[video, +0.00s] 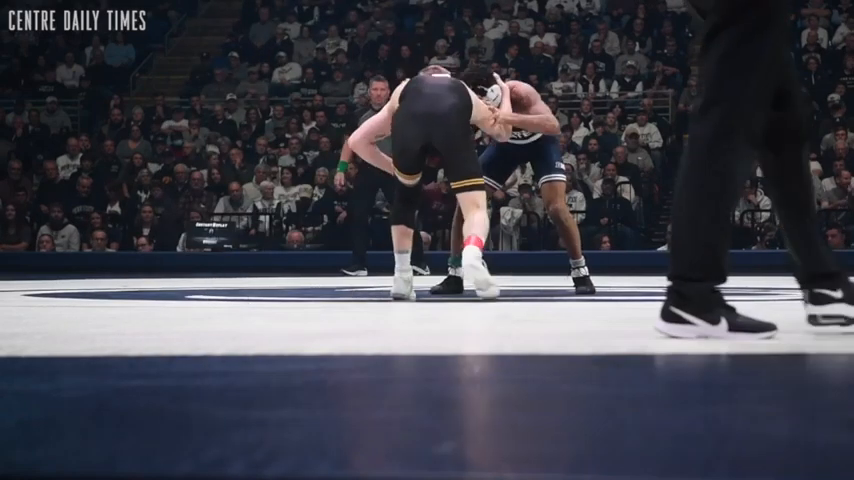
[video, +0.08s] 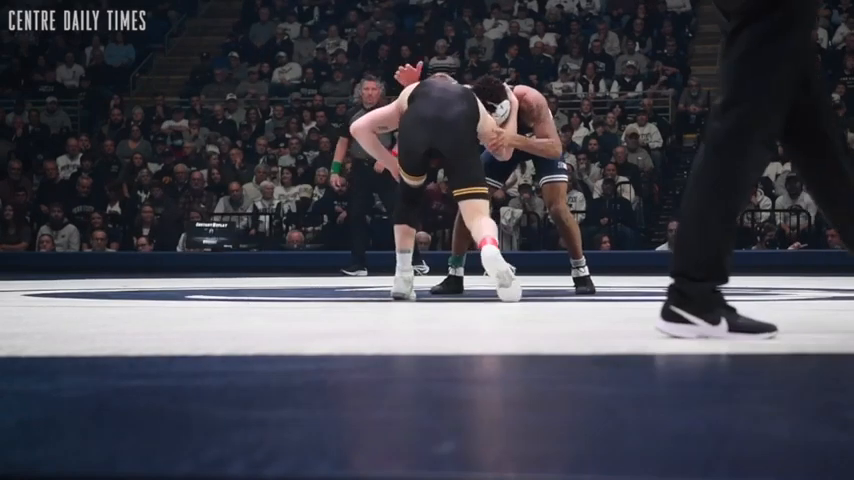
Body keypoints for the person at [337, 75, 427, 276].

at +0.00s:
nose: (379, 94)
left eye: (383, 90)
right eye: (375, 89)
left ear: (389, 92)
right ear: (369, 92)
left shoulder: (400, 113)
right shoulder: (361, 116)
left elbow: (409, 139)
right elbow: (351, 140)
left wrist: (408, 165)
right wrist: (341, 168)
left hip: (394, 169)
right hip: (366, 170)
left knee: (405, 213)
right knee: (359, 213)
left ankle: (418, 261)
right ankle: (359, 263)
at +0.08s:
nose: (370, 93)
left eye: (374, 89)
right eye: (367, 89)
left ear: (381, 92)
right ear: (360, 92)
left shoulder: (392, 112)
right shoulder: (353, 116)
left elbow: (402, 139)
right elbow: (343, 142)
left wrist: (387, 158)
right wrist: (335, 170)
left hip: (386, 166)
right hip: (360, 167)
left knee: (398, 210)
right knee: (357, 213)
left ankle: (414, 260)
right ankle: (358, 263)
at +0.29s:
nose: (350, 91)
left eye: (354, 87)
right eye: (347, 87)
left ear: (362, 90)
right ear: (342, 90)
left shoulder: (370, 112)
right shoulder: (335, 116)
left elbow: (382, 139)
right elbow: (328, 141)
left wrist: (358, 155)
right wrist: (321, 168)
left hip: (365, 167)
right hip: (344, 169)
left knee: (364, 211)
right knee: (349, 215)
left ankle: (381, 256)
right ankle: (358, 263)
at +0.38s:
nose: (343, 91)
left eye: (348, 87)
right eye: (340, 87)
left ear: (355, 90)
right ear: (335, 89)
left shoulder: (364, 111)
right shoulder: (329, 115)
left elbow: (376, 139)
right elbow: (323, 142)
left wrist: (355, 158)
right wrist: (315, 166)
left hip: (360, 167)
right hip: (338, 169)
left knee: (355, 212)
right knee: (345, 214)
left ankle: (359, 261)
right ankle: (357, 260)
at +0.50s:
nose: (334, 91)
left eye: (338, 87)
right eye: (330, 87)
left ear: (345, 90)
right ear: (325, 90)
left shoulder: (354, 112)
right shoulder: (321, 118)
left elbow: (369, 139)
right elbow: (315, 143)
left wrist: (354, 164)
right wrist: (307, 167)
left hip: (351, 168)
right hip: (332, 170)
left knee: (339, 214)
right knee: (344, 215)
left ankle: (330, 263)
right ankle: (357, 263)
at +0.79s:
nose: (311, 91)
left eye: (315, 87)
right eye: (308, 87)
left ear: (321, 90)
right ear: (302, 89)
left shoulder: (328, 112)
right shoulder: (295, 114)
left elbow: (344, 141)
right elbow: (288, 140)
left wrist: (332, 167)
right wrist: (284, 165)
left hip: (321, 167)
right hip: (301, 168)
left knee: (314, 216)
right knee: (308, 217)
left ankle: (311, 266)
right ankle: (345, 252)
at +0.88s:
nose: (304, 90)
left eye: (308, 86)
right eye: (300, 86)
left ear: (315, 89)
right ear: (295, 88)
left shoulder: (322, 111)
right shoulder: (289, 113)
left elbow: (335, 141)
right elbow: (281, 138)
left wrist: (319, 165)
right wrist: (276, 163)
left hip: (314, 164)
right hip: (296, 164)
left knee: (311, 215)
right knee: (294, 215)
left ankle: (311, 264)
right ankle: (331, 245)